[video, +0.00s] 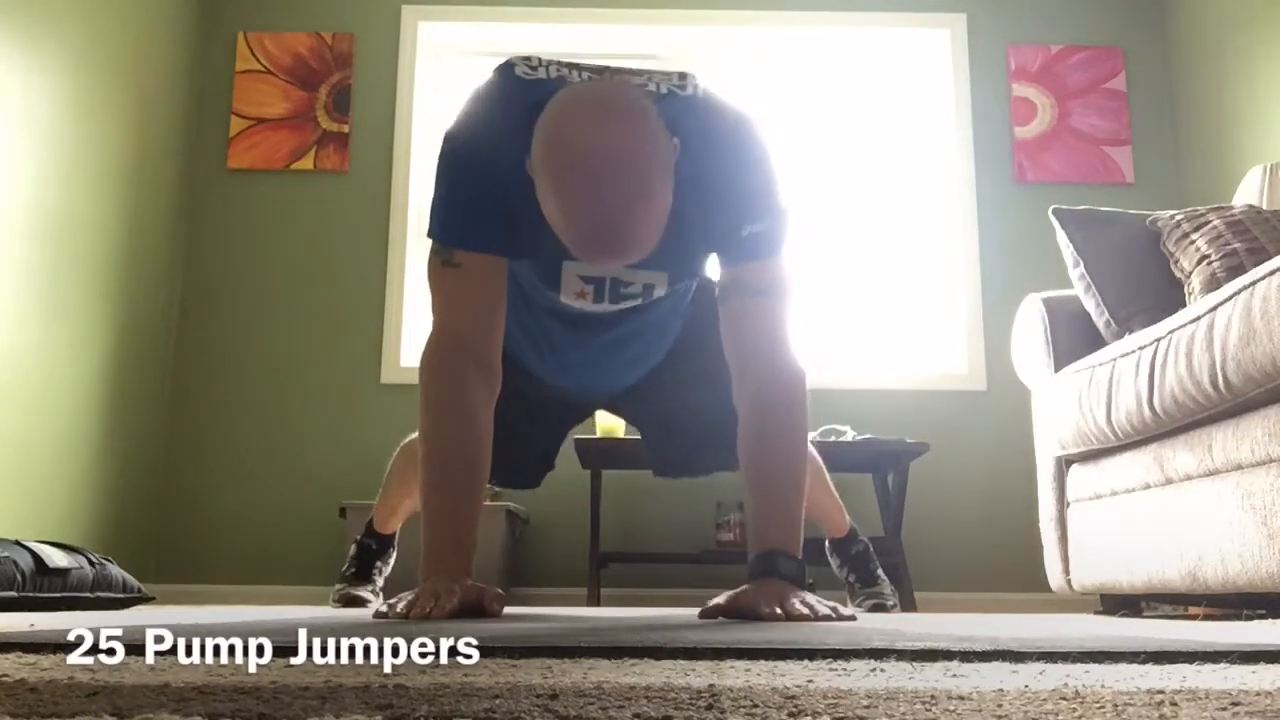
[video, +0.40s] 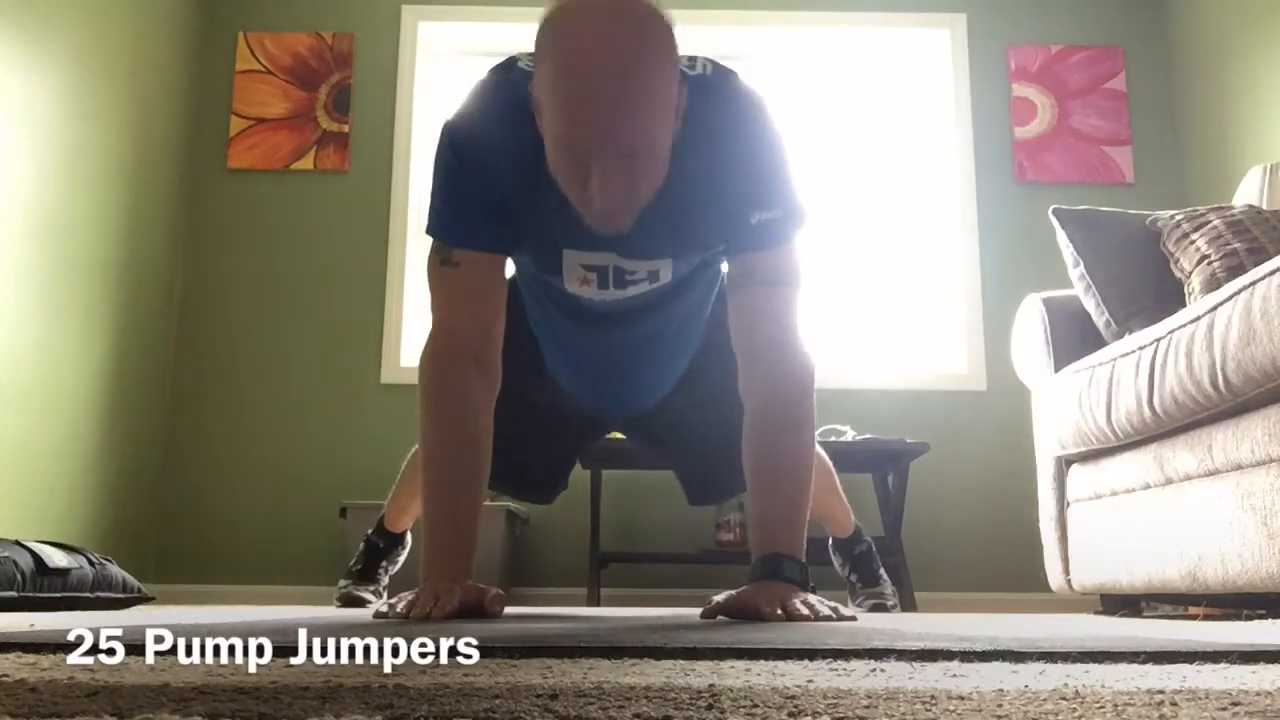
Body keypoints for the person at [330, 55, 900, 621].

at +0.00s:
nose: (605, 283)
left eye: (631, 269)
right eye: (584, 267)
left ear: (672, 167)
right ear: (536, 176)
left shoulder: (731, 154)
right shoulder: (482, 145)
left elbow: (768, 369)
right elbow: (459, 361)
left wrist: (776, 571)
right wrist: (448, 578)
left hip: (671, 330)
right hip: (529, 338)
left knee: (771, 439)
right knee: (449, 452)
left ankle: (854, 549)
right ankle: (374, 534)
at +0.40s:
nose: (605, 195)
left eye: (633, 159)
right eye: (579, 159)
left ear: (676, 105)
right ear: (539, 102)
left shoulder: (735, 125)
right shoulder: (483, 133)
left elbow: (776, 360)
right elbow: (461, 356)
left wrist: (779, 574)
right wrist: (445, 580)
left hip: (690, 339)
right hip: (540, 336)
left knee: (787, 453)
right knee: (445, 449)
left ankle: (855, 551)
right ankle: (384, 547)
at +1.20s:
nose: (603, 94)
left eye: (638, 55)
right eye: (577, 55)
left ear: (681, 60)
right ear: (543, 56)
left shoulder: (732, 127)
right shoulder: (491, 128)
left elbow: (778, 360)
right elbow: (459, 356)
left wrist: (783, 575)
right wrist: (446, 582)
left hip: (686, 350)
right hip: (533, 348)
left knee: (786, 455)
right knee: (444, 457)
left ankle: (858, 557)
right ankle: (379, 544)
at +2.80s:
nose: (626, 160)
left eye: (645, 134)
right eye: (602, 134)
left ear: (693, 54)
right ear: (561, 57)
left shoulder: (748, 108)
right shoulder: (494, 115)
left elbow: (783, 360)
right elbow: (462, 353)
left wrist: (784, 576)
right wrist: (446, 582)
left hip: (694, 330)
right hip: (544, 329)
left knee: (794, 454)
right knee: (449, 452)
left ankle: (859, 545)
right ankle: (385, 545)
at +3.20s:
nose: (623, 238)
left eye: (644, 225)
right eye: (600, 225)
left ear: (694, 139)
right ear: (552, 142)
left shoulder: (743, 122)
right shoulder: (496, 126)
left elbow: (782, 366)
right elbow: (463, 356)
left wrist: (779, 572)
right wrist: (448, 578)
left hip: (692, 329)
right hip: (539, 327)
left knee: (786, 438)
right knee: (455, 423)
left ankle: (858, 542)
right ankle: (387, 533)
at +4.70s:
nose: (622, 194)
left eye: (655, 155)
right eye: (590, 153)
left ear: (696, 123)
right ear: (553, 115)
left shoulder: (754, 168)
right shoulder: (486, 172)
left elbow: (791, 377)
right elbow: (450, 377)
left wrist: (782, 576)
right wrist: (445, 584)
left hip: (701, 379)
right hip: (534, 379)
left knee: (793, 450)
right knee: (442, 447)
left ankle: (861, 549)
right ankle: (379, 552)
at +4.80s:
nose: (623, 235)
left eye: (657, 199)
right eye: (591, 198)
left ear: (700, 179)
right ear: (554, 179)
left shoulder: (761, 233)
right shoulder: (479, 234)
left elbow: (797, 402)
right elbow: (440, 408)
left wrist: (779, 573)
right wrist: (447, 582)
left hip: (704, 420)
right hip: (532, 419)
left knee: (801, 469)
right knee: (435, 462)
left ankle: (859, 540)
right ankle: (380, 532)